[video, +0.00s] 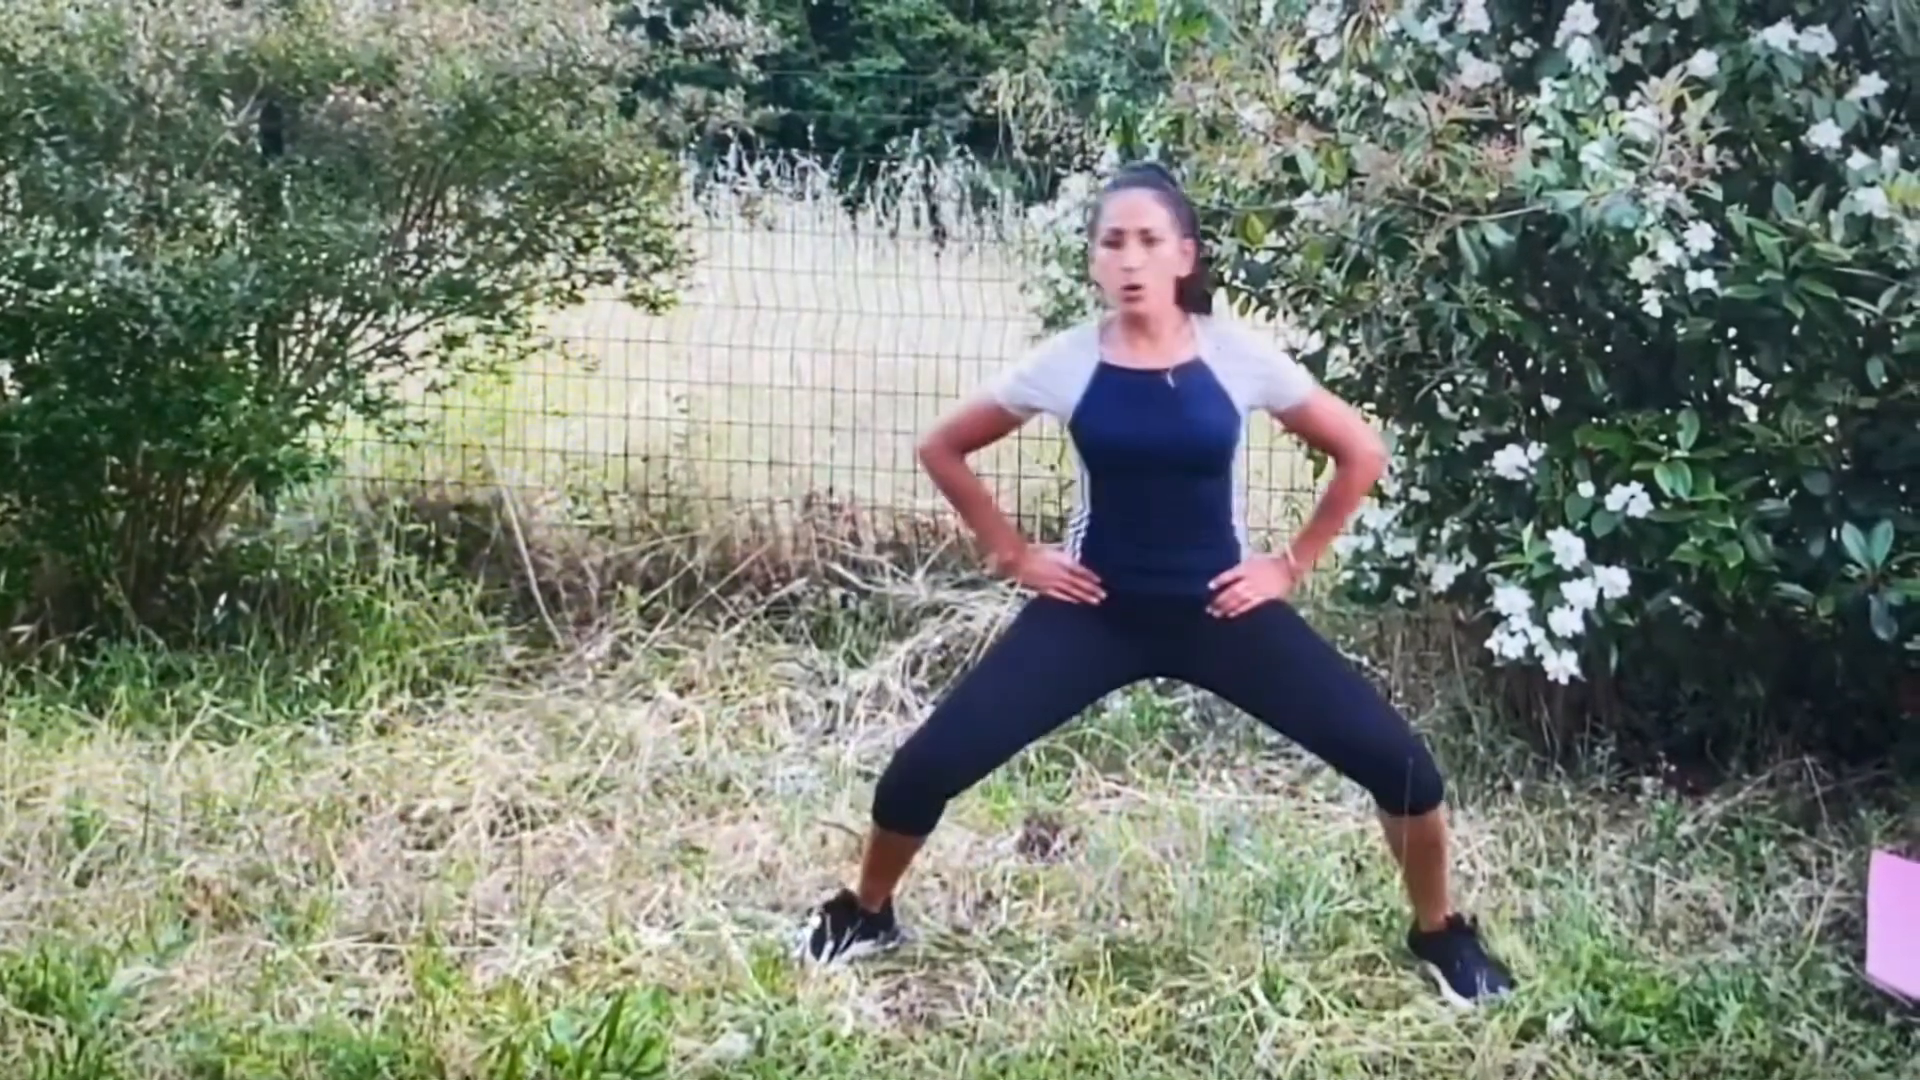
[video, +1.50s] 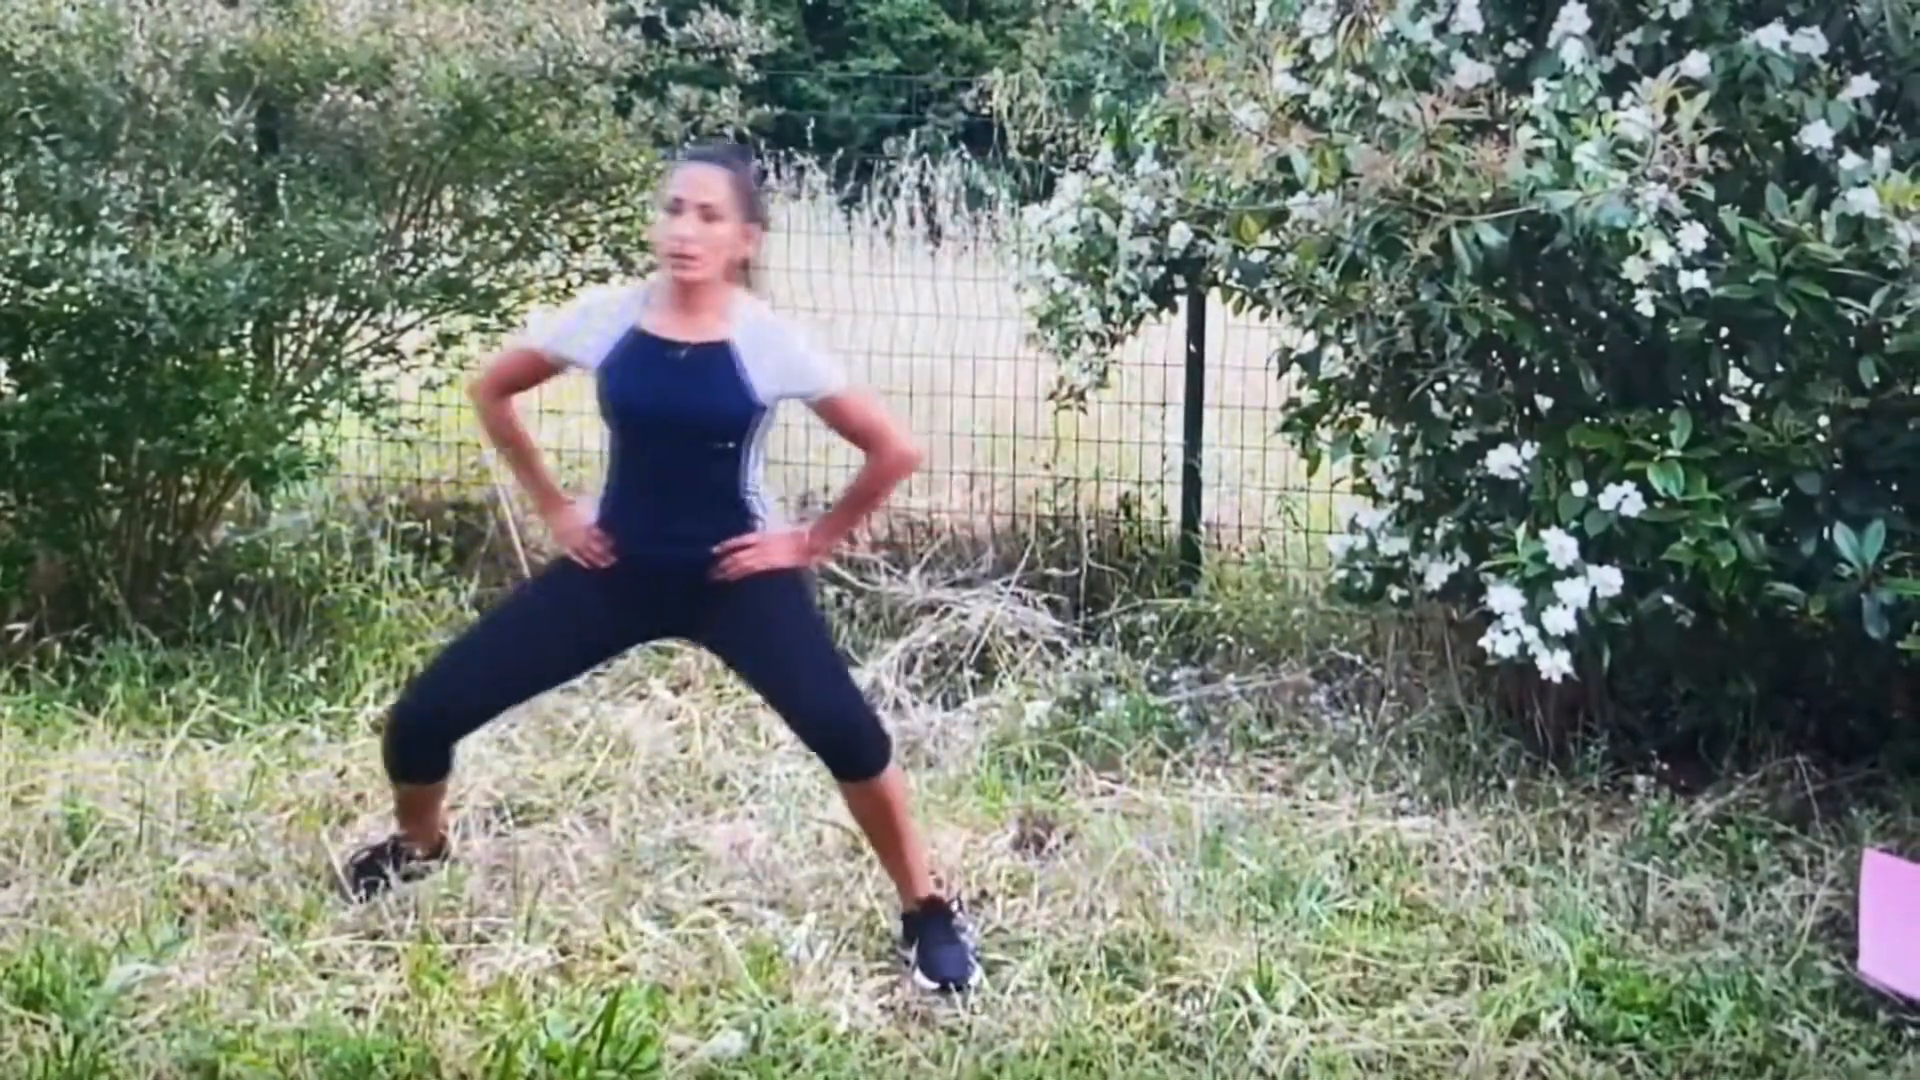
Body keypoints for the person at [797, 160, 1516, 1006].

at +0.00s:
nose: (1130, 258)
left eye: (1149, 241)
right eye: (1114, 242)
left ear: (1189, 256)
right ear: (1093, 260)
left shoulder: (1239, 355)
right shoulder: (1069, 362)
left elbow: (1364, 454)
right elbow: (941, 449)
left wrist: (1292, 565)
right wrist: (1013, 552)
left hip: (1226, 617)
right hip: (1091, 614)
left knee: (1405, 765)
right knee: (919, 773)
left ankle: (1441, 936)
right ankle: (864, 911)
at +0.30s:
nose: (1121, 258)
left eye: (1141, 241)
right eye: (1107, 243)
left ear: (1187, 256)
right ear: (1091, 261)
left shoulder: (1238, 356)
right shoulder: (1073, 361)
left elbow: (1363, 453)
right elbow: (944, 447)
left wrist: (1299, 564)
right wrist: (1023, 552)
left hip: (1228, 616)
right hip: (1093, 613)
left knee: (1395, 769)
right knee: (919, 768)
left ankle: (1436, 935)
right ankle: (860, 911)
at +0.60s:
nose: (983, 210)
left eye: (1005, 193)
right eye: (970, 192)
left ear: (1048, 219)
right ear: (953, 213)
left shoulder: (1089, 317)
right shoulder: (929, 326)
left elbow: (1232, 397)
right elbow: (832, 419)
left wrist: (1174, 510)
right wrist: (906, 513)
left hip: (1107, 576)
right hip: (980, 578)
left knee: (1259, 749)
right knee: (846, 756)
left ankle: (1423, 925)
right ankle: (860, 908)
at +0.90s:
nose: (914, 159)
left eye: (938, 144)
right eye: (901, 141)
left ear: (976, 171)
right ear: (882, 159)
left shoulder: (1013, 275)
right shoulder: (844, 257)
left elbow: (1130, 391)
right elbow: (717, 334)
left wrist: (1052, 490)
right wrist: (790, 455)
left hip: (976, 529)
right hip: (856, 516)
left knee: (993, 743)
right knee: (754, 707)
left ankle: (940, 905)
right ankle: (836, 875)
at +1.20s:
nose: (838, 172)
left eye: (863, 156)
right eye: (826, 155)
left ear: (906, 181)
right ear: (808, 174)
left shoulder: (936, 293)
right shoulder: (770, 264)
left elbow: (1037, 423)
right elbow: (639, 315)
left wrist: (949, 506)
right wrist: (694, 430)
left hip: (870, 538)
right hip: (749, 513)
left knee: (921, 738)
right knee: (541, 643)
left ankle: (931, 915)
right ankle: (463, 795)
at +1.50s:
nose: (683, 230)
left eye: (707, 216)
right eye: (673, 210)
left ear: (747, 241)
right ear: (654, 223)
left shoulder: (770, 342)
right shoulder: (608, 318)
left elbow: (898, 452)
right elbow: (489, 391)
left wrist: (814, 541)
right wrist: (557, 509)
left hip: (740, 584)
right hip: (615, 576)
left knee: (851, 735)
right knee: (417, 723)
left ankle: (924, 907)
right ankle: (418, 848)